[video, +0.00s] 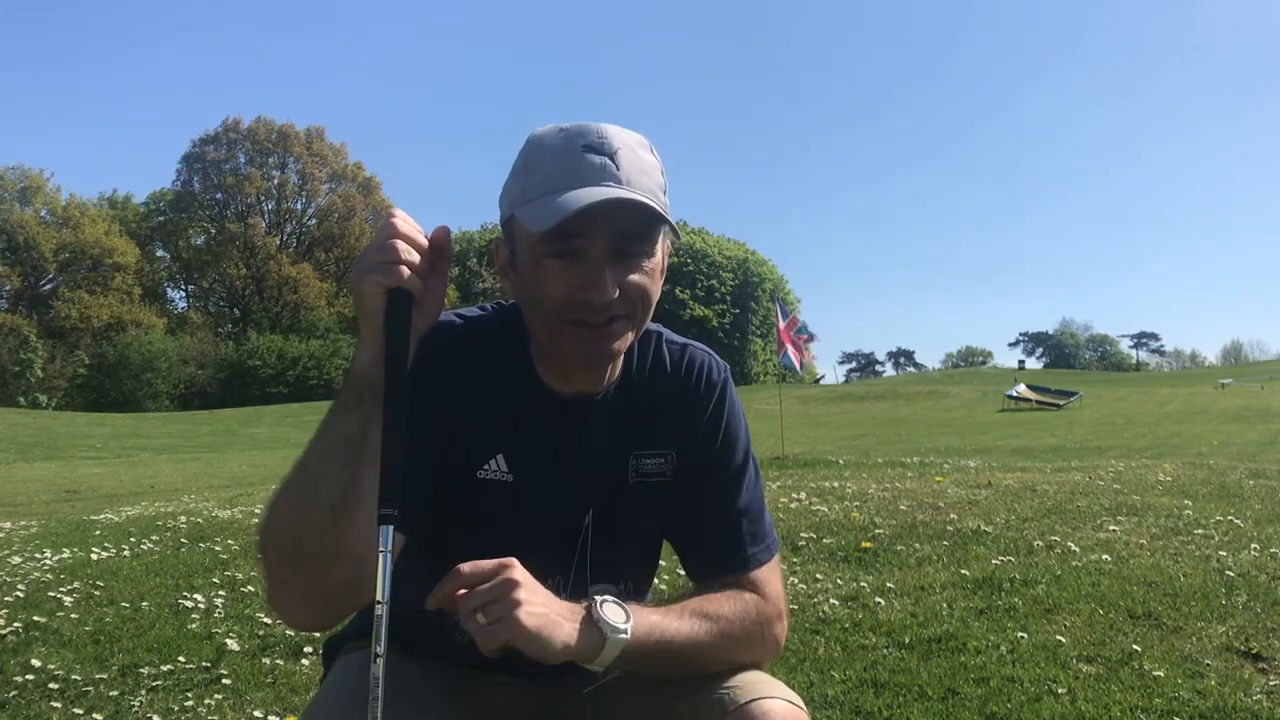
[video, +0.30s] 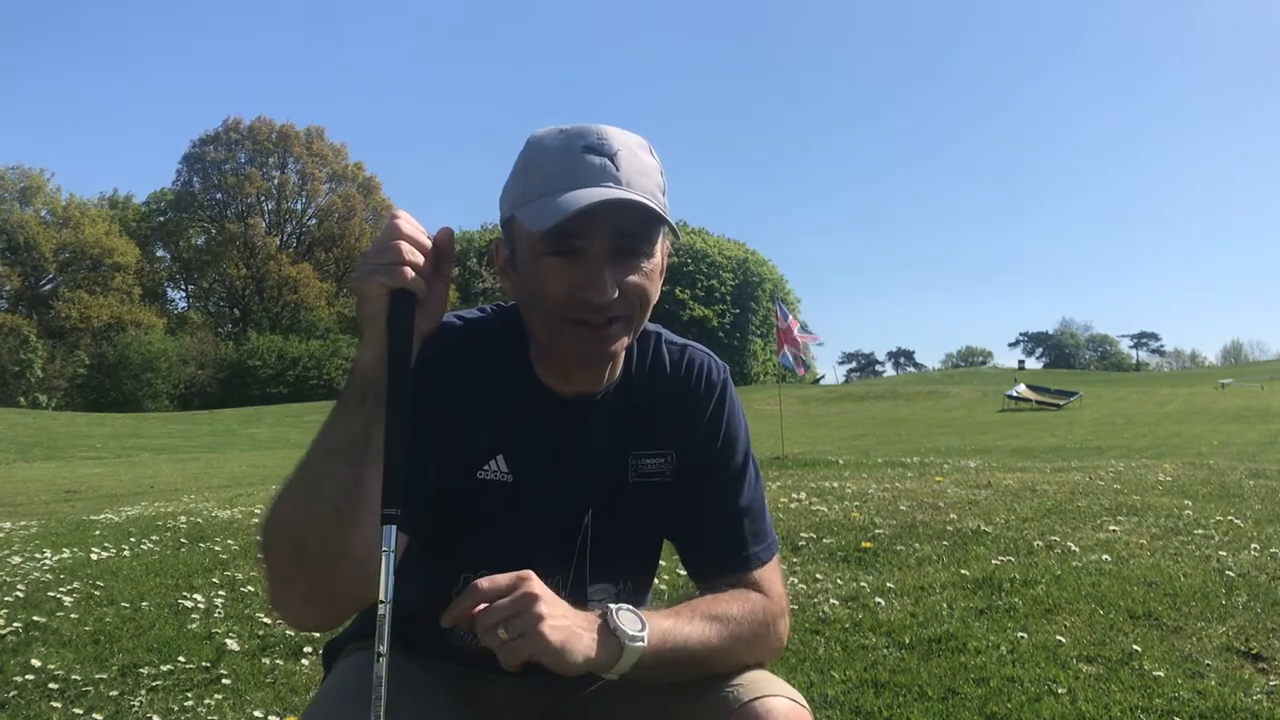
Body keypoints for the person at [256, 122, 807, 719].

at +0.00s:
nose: (602, 289)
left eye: (630, 252)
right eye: (565, 251)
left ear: (663, 264)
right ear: (504, 262)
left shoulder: (691, 384)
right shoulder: (436, 361)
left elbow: (759, 620)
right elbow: (303, 601)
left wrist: (585, 627)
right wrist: (376, 361)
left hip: (604, 671)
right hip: (434, 663)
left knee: (772, 710)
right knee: (352, 700)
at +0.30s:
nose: (601, 287)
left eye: (630, 250)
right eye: (564, 249)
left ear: (663, 265)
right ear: (504, 262)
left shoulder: (692, 385)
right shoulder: (436, 363)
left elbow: (760, 618)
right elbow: (304, 601)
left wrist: (603, 634)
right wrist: (379, 362)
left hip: (607, 670)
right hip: (434, 663)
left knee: (776, 710)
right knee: (355, 698)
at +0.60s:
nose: (603, 289)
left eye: (633, 252)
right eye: (568, 252)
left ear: (665, 265)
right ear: (509, 262)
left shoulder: (692, 386)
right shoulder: (439, 364)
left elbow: (761, 614)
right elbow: (311, 601)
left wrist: (614, 632)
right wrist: (382, 364)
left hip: (603, 671)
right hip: (433, 664)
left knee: (773, 707)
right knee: (355, 700)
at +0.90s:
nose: (605, 289)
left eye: (634, 252)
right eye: (569, 251)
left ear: (666, 265)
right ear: (509, 261)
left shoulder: (692, 386)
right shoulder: (441, 364)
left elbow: (762, 611)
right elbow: (316, 601)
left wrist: (625, 631)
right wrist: (388, 364)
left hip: (604, 671)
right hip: (436, 663)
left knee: (776, 707)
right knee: (358, 700)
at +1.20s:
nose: (615, 295)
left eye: (643, 257)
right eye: (579, 257)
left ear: (675, 270)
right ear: (519, 267)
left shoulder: (700, 392)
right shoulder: (449, 365)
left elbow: (766, 611)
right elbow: (316, 601)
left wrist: (699, 622)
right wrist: (391, 365)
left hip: (618, 661)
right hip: (437, 663)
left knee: (774, 709)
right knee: (354, 710)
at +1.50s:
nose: (617, 289)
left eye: (647, 251)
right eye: (584, 248)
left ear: (679, 268)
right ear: (525, 259)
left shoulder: (701, 390)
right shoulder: (451, 364)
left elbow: (769, 615)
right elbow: (314, 600)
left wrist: (636, 637)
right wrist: (388, 364)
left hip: (608, 672)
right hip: (436, 665)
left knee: (777, 708)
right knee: (357, 707)